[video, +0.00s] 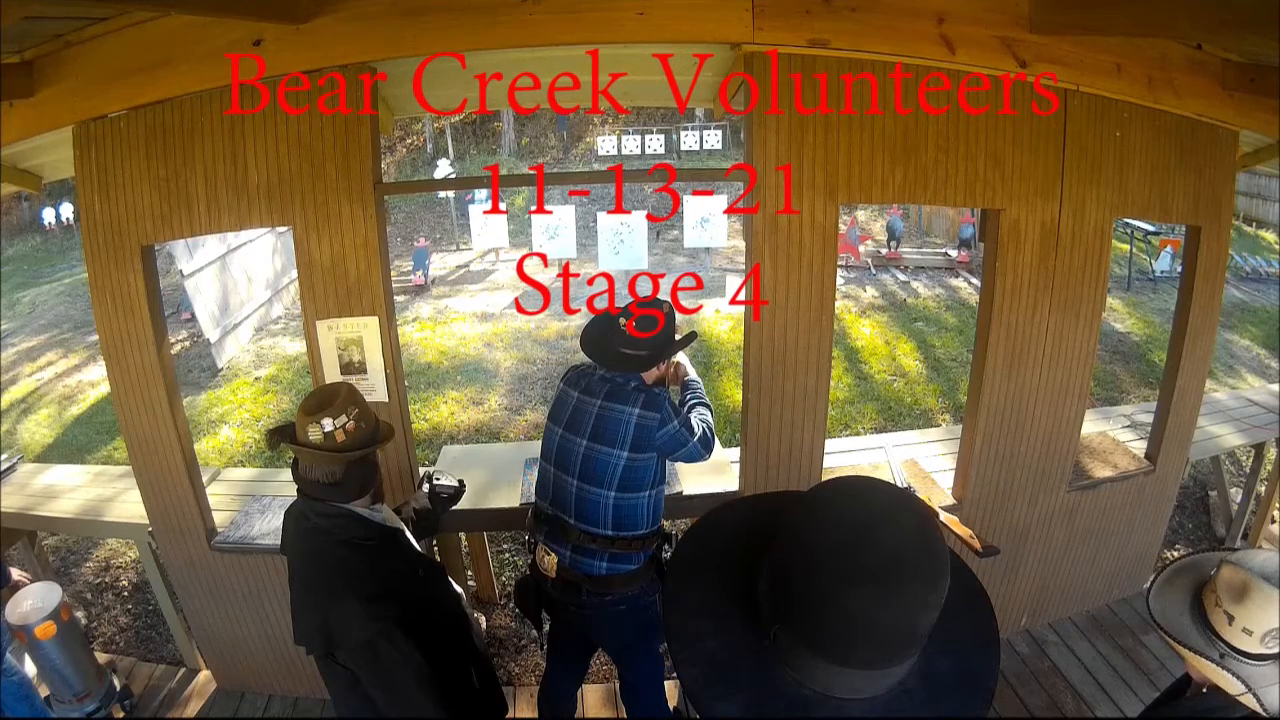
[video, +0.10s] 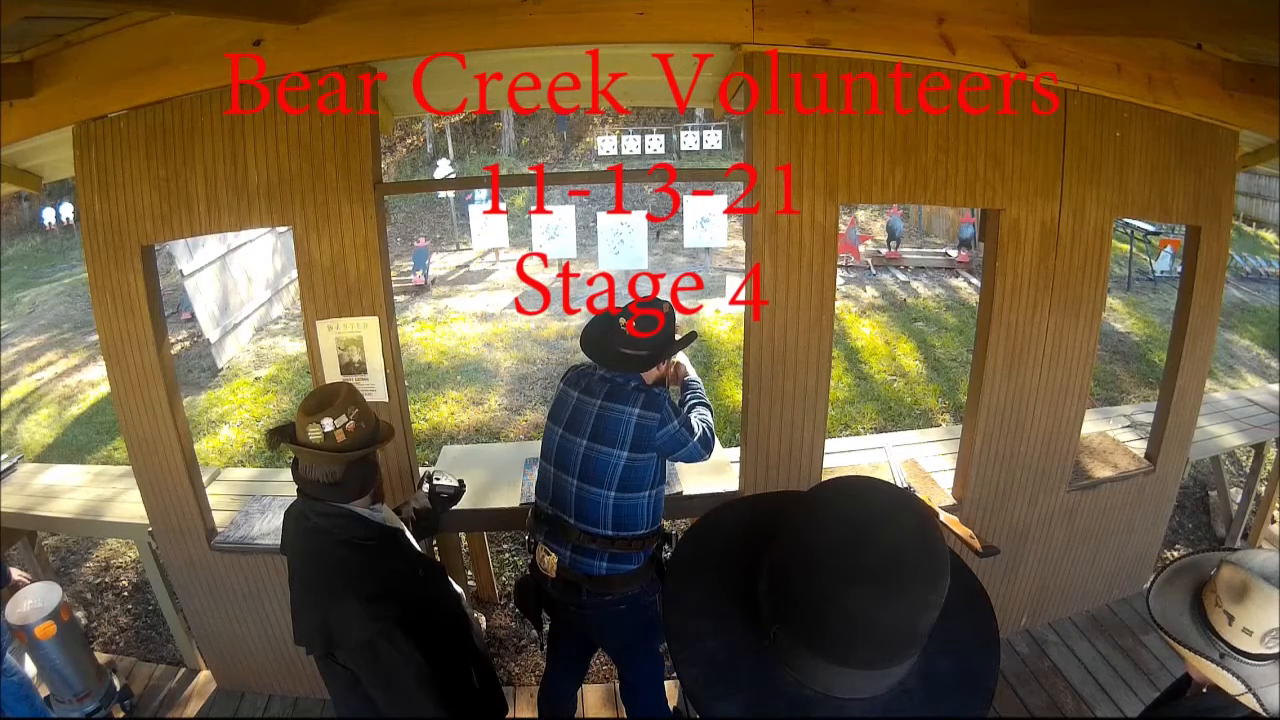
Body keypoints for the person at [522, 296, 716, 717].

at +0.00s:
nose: (667, 361)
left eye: (667, 354)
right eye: (664, 354)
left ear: (606, 349)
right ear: (651, 363)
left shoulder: (571, 382)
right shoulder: (653, 410)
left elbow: (615, 391)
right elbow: (701, 443)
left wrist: (652, 378)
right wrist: (691, 379)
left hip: (555, 575)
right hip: (619, 587)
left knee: (560, 677)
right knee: (644, 684)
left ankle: (553, 715)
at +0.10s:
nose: (668, 360)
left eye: (668, 353)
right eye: (665, 353)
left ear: (608, 349)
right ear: (652, 364)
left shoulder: (572, 381)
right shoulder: (653, 411)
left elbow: (617, 390)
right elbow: (701, 443)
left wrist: (653, 377)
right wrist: (691, 379)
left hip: (556, 574)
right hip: (618, 587)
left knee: (560, 677)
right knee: (644, 682)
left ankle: (552, 717)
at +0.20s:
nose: (667, 360)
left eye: (667, 353)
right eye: (665, 353)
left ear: (606, 349)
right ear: (652, 363)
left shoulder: (571, 382)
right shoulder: (653, 411)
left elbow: (616, 392)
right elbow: (701, 443)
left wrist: (651, 377)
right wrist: (691, 379)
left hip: (556, 576)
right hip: (618, 588)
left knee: (560, 677)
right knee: (644, 683)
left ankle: (552, 716)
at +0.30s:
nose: (667, 360)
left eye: (667, 353)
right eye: (665, 353)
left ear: (606, 348)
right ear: (652, 363)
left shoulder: (571, 382)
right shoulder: (653, 411)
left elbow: (616, 391)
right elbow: (701, 443)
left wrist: (651, 377)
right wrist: (691, 379)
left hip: (556, 576)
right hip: (619, 588)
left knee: (560, 677)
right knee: (644, 684)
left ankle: (552, 716)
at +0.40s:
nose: (667, 360)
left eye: (667, 353)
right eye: (665, 353)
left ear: (606, 348)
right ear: (652, 363)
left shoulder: (571, 382)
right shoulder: (653, 411)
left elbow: (616, 391)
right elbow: (701, 443)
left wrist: (651, 377)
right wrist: (691, 379)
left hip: (556, 576)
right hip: (618, 589)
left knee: (560, 678)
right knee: (644, 684)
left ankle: (552, 716)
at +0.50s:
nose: (668, 359)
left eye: (668, 352)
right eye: (666, 353)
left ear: (608, 349)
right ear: (652, 363)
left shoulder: (571, 381)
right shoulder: (651, 411)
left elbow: (618, 391)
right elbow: (701, 443)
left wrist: (653, 377)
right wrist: (691, 379)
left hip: (556, 574)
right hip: (617, 586)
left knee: (560, 677)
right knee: (644, 682)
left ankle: (552, 716)